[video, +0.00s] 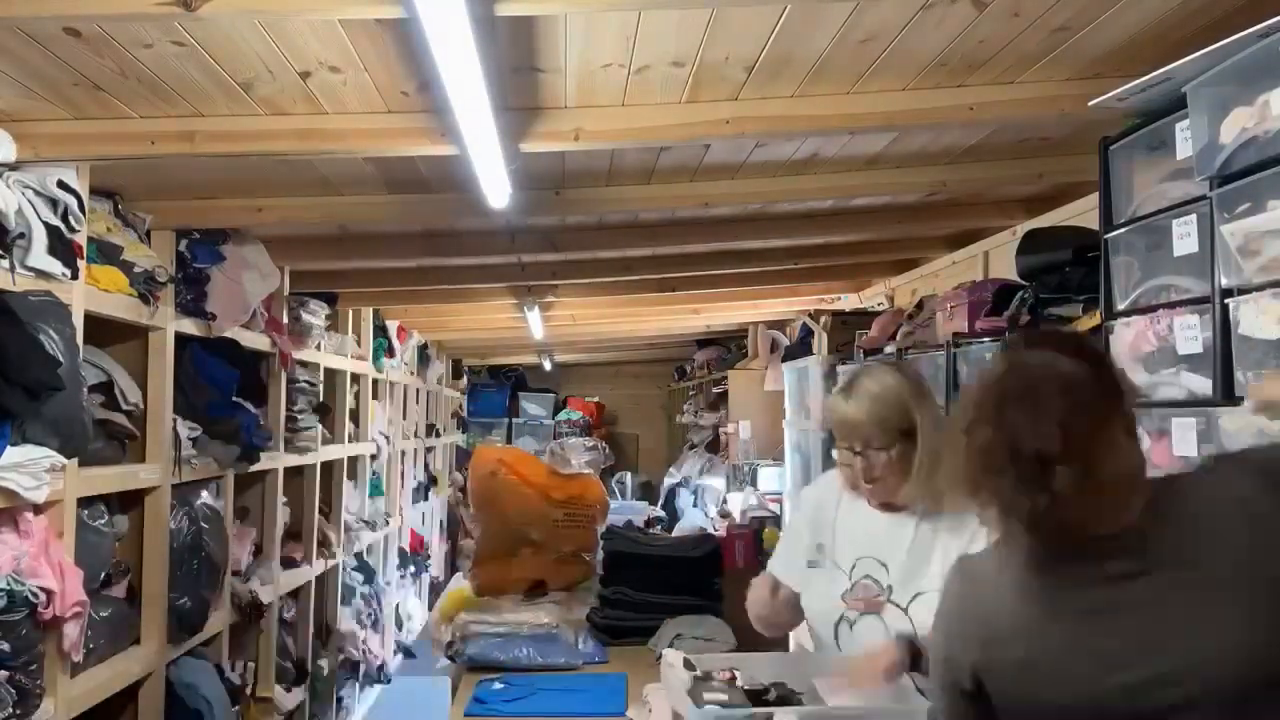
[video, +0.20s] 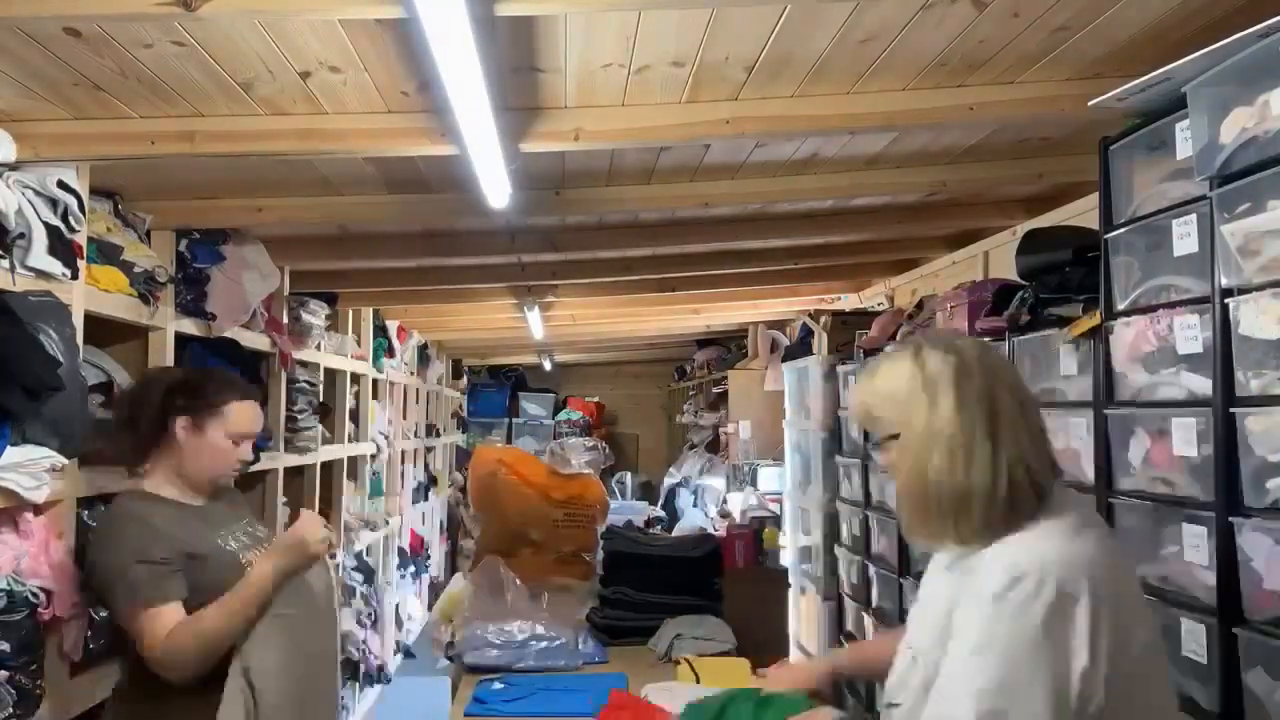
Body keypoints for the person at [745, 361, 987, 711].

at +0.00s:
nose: (861, 469)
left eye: (876, 450)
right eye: (847, 450)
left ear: (918, 442)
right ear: (835, 443)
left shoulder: (970, 521)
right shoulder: (823, 498)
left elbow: (980, 644)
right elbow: (771, 621)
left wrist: (913, 653)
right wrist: (771, 602)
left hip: (926, 706)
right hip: (826, 699)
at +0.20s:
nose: (881, 462)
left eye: (889, 441)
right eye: (878, 442)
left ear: (942, 443)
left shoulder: (1036, 578)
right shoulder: (975, 539)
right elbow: (937, 637)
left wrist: (814, 710)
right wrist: (826, 668)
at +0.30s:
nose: (1003, 421)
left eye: (1020, 401)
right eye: (1008, 403)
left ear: (1081, 409)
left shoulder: (1133, 536)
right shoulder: (1061, 516)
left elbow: (1126, 710)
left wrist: (997, 706)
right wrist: (981, 648)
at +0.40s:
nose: (1038, 420)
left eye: (1057, 403)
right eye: (1039, 403)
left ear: (1121, 412)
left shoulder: (1169, 535)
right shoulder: (1091, 513)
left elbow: (1117, 704)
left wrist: (976, 650)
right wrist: (986, 621)